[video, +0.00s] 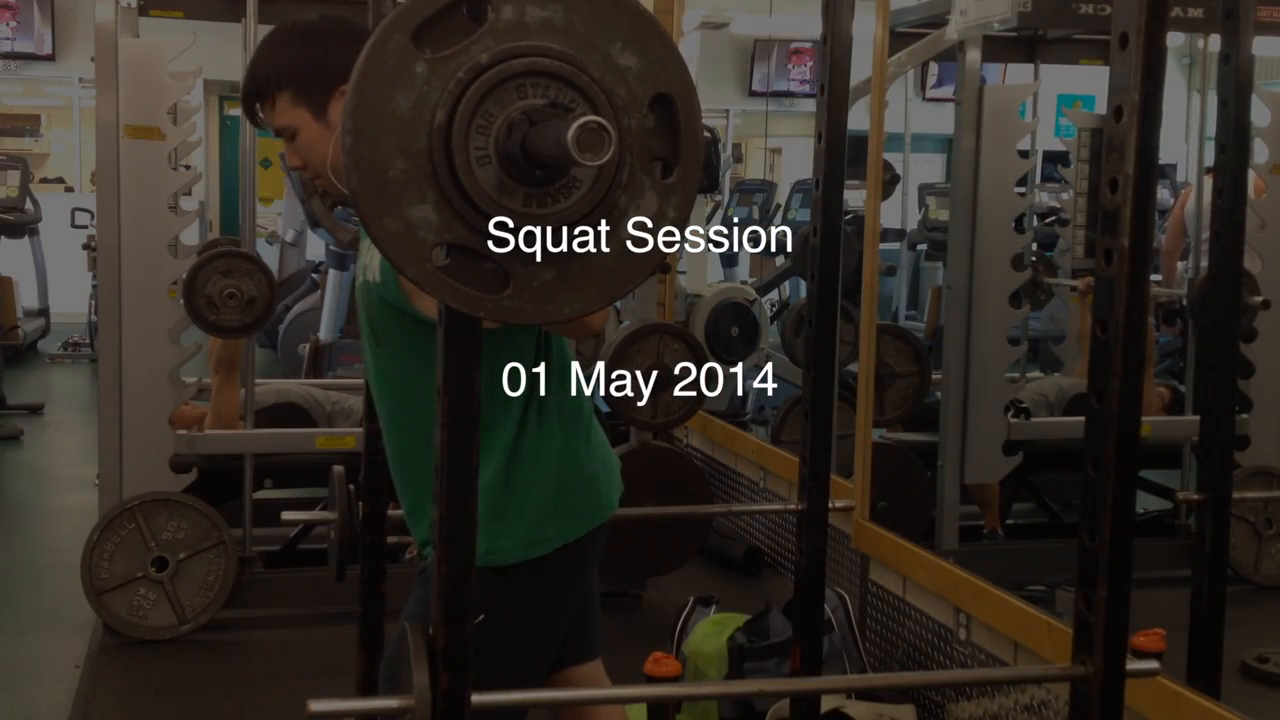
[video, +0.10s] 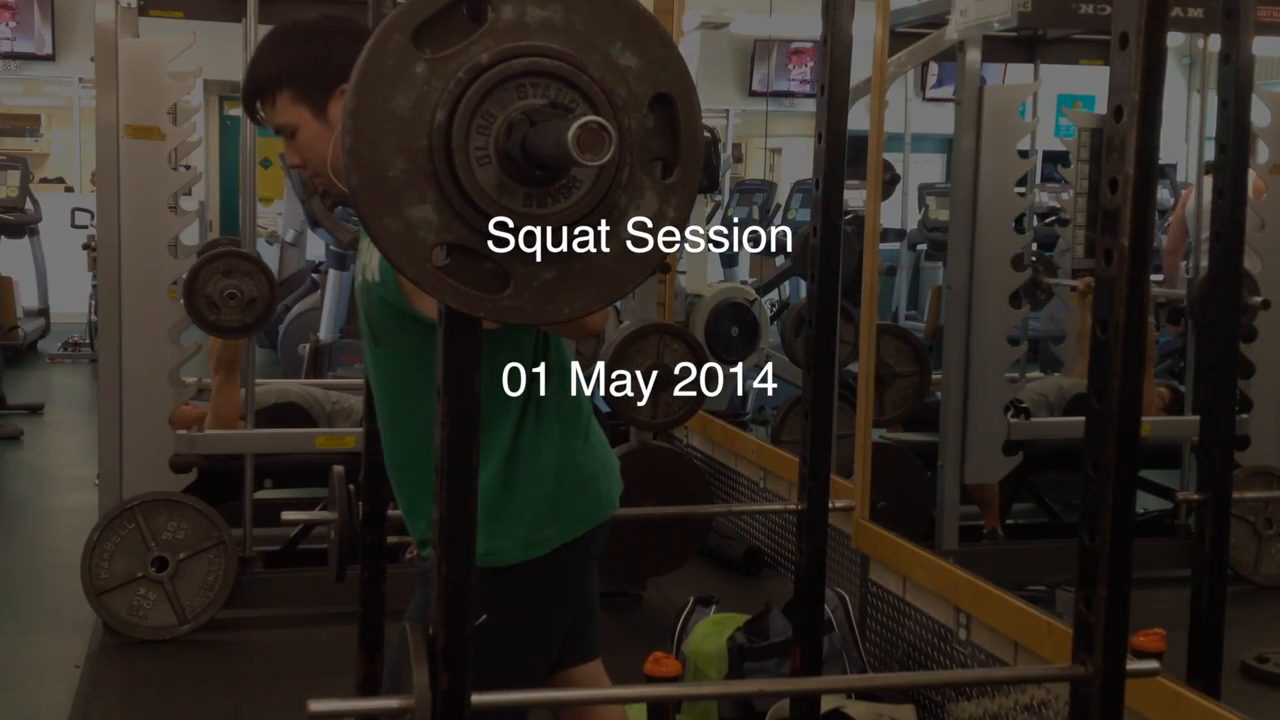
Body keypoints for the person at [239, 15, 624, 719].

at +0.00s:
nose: (290, 157)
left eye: (291, 132)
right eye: (280, 140)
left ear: (347, 104)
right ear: (343, 110)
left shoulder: (403, 217)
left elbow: (588, 318)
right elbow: (588, 317)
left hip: (507, 515)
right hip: (557, 492)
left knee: (447, 695)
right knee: (578, 679)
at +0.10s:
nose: (289, 155)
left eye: (290, 131)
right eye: (280, 138)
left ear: (346, 103)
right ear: (341, 108)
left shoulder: (404, 217)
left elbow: (587, 318)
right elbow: (587, 317)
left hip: (506, 513)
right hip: (555, 492)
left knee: (450, 695)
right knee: (578, 678)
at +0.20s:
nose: (290, 154)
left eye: (291, 130)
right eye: (281, 137)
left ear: (347, 103)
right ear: (341, 109)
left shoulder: (406, 215)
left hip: (511, 509)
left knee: (457, 694)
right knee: (578, 678)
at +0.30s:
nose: (289, 156)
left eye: (292, 131)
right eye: (280, 139)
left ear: (348, 106)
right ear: (342, 110)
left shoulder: (408, 216)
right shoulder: (389, 221)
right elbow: (588, 319)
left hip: (515, 507)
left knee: (476, 693)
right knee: (581, 676)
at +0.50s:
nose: (296, 136)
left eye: (301, 111)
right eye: (292, 116)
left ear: (360, 95)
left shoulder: (413, 229)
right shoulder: (384, 226)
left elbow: (582, 325)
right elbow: (579, 323)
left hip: (495, 539)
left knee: (396, 705)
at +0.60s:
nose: (298, 135)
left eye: (305, 109)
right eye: (295, 114)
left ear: (364, 96)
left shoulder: (412, 226)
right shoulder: (386, 222)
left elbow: (577, 325)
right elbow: (573, 327)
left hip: (478, 543)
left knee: (369, 714)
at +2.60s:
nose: (319, 58)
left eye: (332, 33)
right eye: (322, 35)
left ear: (392, 42)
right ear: (374, 46)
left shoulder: (419, 179)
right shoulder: (388, 179)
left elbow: (585, 293)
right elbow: (583, 292)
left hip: (445, 515)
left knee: (425, 705)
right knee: (412, 705)